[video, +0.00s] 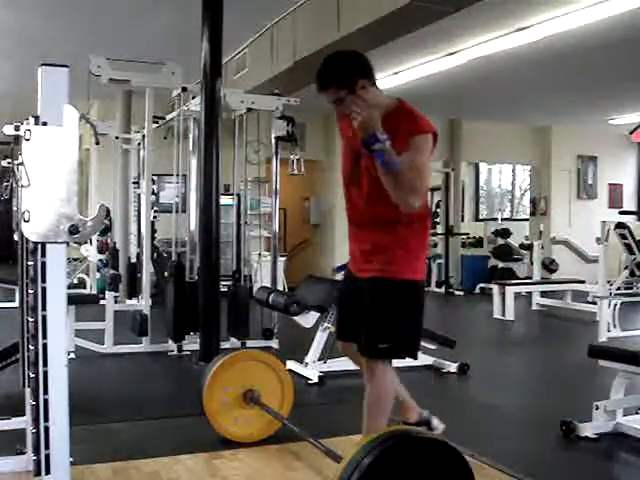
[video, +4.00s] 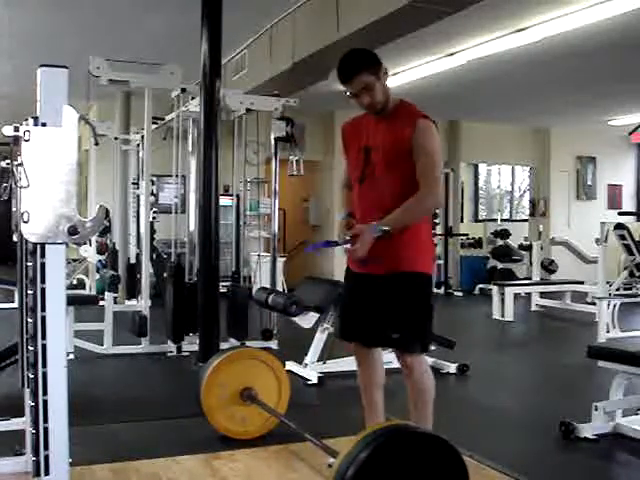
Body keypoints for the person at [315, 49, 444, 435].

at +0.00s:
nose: (339, 111)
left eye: (342, 100)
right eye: (333, 104)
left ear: (365, 86)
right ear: (332, 98)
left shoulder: (412, 126)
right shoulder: (349, 123)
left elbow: (411, 198)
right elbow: (362, 194)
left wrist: (374, 139)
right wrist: (356, 254)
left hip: (396, 265)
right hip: (362, 261)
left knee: (379, 357)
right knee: (352, 343)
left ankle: (370, 455)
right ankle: (414, 416)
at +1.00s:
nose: (259, 208)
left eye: (257, 198)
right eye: (251, 205)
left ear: (270, 173)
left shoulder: (326, 200)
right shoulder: (283, 210)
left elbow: (350, 279)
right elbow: (286, 276)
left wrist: (347, 354)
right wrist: (282, 342)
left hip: (407, 261)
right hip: (362, 267)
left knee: (381, 357)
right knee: (334, 346)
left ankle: (389, 448)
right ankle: (333, 445)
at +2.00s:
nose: (234, 263)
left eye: (229, 256)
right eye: (228, 257)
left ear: (240, 248)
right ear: (258, 232)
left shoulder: (309, 273)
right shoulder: (278, 268)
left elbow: (333, 355)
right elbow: (291, 336)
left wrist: (335, 427)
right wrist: (291, 397)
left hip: (405, 302)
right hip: (367, 305)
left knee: (337, 374)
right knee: (302, 361)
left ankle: (374, 460)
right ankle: (331, 448)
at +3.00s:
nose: (227, 153)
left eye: (225, 142)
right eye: (221, 147)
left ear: (247, 127)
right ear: (244, 133)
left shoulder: (294, 159)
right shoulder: (275, 170)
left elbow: (335, 217)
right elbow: (310, 231)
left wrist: (312, 281)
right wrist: (299, 282)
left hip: (371, 259)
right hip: (343, 264)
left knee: (357, 355)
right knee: (322, 346)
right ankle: (332, 443)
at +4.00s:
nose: (363, 100)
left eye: (367, 89)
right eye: (354, 94)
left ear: (384, 75)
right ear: (348, 91)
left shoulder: (418, 126)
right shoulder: (352, 131)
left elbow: (432, 196)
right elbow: (349, 185)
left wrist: (378, 227)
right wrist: (349, 219)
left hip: (407, 261)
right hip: (364, 262)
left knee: (411, 357)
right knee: (364, 348)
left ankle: (421, 444)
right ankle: (375, 437)